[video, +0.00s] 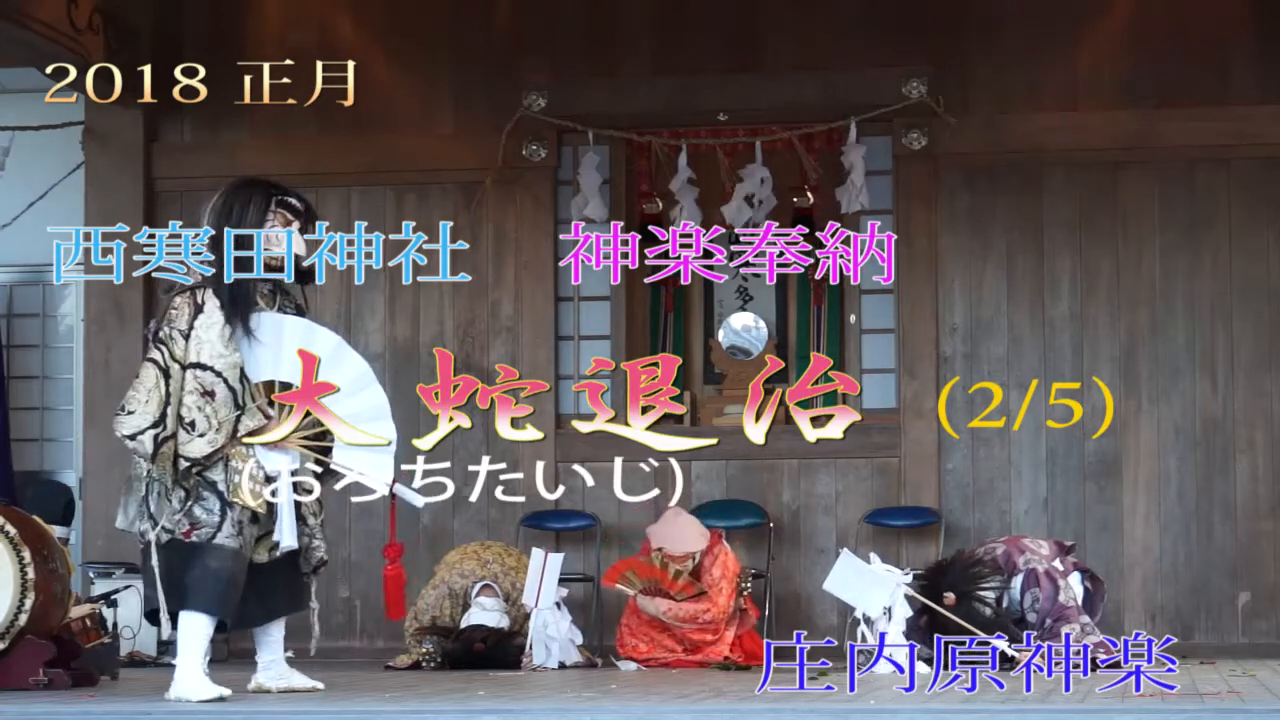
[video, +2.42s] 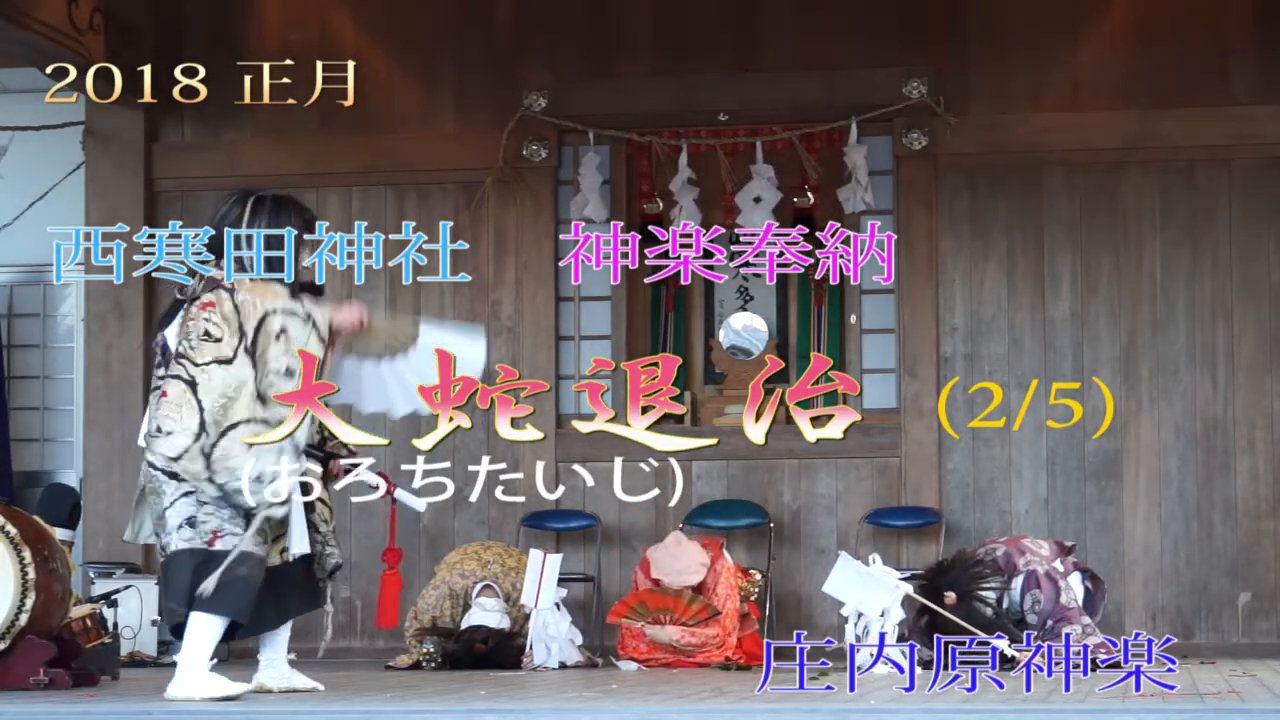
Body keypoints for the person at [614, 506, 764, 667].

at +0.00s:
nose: (678, 566)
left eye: (684, 559)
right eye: (671, 560)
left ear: (696, 551)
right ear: (661, 553)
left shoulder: (718, 555)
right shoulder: (651, 555)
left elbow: (716, 611)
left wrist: (659, 608)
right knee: (634, 618)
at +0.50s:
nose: (675, 579)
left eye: (681, 573)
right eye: (669, 573)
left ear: (695, 564)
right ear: (658, 562)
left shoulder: (719, 560)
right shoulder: (647, 559)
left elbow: (718, 621)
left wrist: (662, 620)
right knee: (630, 625)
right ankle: (711, 654)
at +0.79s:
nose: (676, 582)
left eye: (682, 576)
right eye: (670, 576)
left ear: (695, 567)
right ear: (658, 564)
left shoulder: (720, 563)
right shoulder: (647, 560)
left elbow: (720, 625)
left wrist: (665, 623)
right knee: (631, 640)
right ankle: (711, 652)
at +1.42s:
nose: (681, 585)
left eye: (686, 579)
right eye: (673, 580)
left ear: (697, 568)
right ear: (658, 570)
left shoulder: (718, 565)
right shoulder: (645, 565)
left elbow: (720, 627)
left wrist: (666, 630)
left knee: (720, 647)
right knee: (630, 642)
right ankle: (710, 655)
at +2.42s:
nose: (679, 591)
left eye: (685, 586)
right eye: (672, 586)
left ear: (696, 575)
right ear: (658, 575)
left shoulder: (718, 566)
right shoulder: (644, 569)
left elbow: (721, 635)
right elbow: (629, 644)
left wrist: (671, 636)